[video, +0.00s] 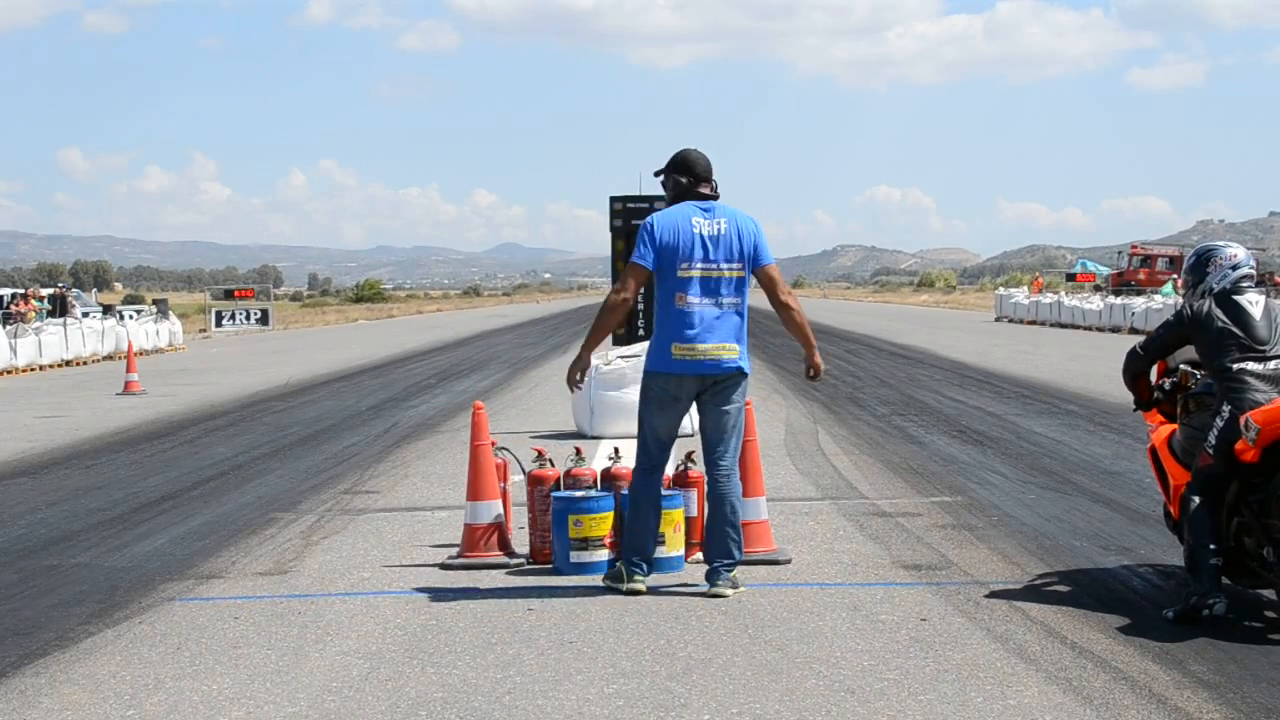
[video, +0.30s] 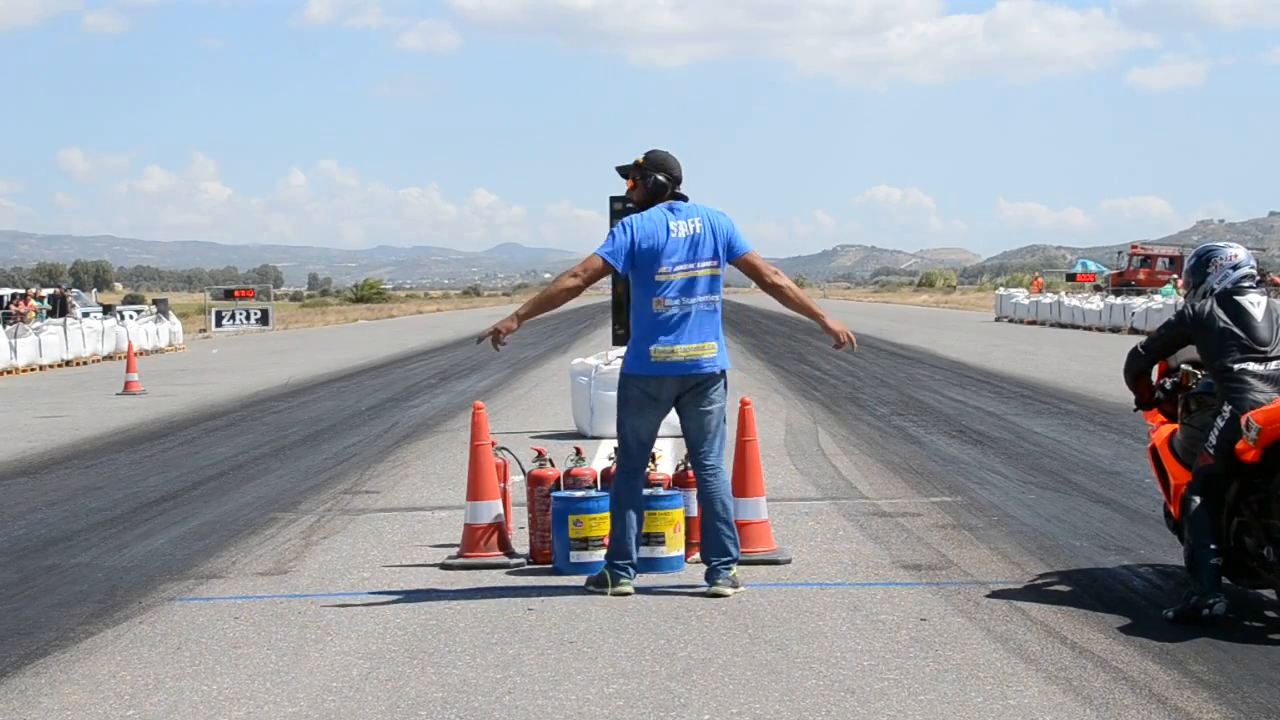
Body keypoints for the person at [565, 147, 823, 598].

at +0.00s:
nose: (662, 188)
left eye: (665, 182)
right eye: (663, 181)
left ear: (677, 183)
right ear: (711, 185)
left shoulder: (659, 225)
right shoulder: (745, 225)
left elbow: (624, 294)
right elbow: (782, 296)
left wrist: (585, 352)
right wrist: (812, 349)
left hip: (671, 362)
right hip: (729, 360)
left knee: (650, 464)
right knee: (723, 467)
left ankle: (635, 567)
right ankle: (723, 571)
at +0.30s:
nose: (628, 188)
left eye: (634, 180)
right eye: (631, 179)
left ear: (650, 183)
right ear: (676, 185)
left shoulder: (633, 228)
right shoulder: (715, 221)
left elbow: (578, 278)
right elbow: (769, 278)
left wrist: (518, 317)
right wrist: (825, 320)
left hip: (648, 366)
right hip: (706, 362)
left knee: (631, 465)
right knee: (710, 465)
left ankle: (620, 570)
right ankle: (722, 571)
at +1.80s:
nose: (573, 194)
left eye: (575, 186)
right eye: (572, 186)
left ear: (589, 184)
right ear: (620, 184)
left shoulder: (574, 229)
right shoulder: (660, 222)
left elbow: (516, 272)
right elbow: (711, 282)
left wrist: (467, 301)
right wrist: (752, 320)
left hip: (600, 364)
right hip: (657, 362)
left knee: (607, 468)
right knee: (659, 462)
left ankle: (616, 571)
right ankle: (668, 568)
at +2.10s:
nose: (566, 198)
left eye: (568, 190)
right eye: (566, 190)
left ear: (585, 187)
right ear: (611, 186)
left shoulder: (568, 230)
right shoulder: (654, 222)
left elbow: (530, 299)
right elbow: (688, 295)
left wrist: (515, 357)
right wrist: (706, 353)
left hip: (595, 366)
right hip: (652, 362)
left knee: (605, 469)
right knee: (659, 462)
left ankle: (616, 571)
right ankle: (667, 567)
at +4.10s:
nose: (528, 184)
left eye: (530, 176)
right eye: (527, 177)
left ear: (546, 177)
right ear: (580, 176)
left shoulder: (526, 227)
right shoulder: (626, 219)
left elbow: (502, 317)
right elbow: (651, 305)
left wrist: (486, 390)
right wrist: (654, 372)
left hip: (554, 375)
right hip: (618, 370)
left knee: (561, 485)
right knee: (630, 476)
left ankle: (569, 604)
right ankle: (646, 587)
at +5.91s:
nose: (575, 169)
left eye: (580, 159)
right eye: (576, 159)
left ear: (602, 161)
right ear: (632, 161)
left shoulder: (587, 219)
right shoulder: (686, 215)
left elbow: (566, 315)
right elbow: (708, 310)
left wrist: (547, 392)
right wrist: (703, 374)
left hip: (611, 384)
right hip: (679, 380)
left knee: (622, 506)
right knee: (683, 496)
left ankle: (638, 631)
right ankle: (701, 623)